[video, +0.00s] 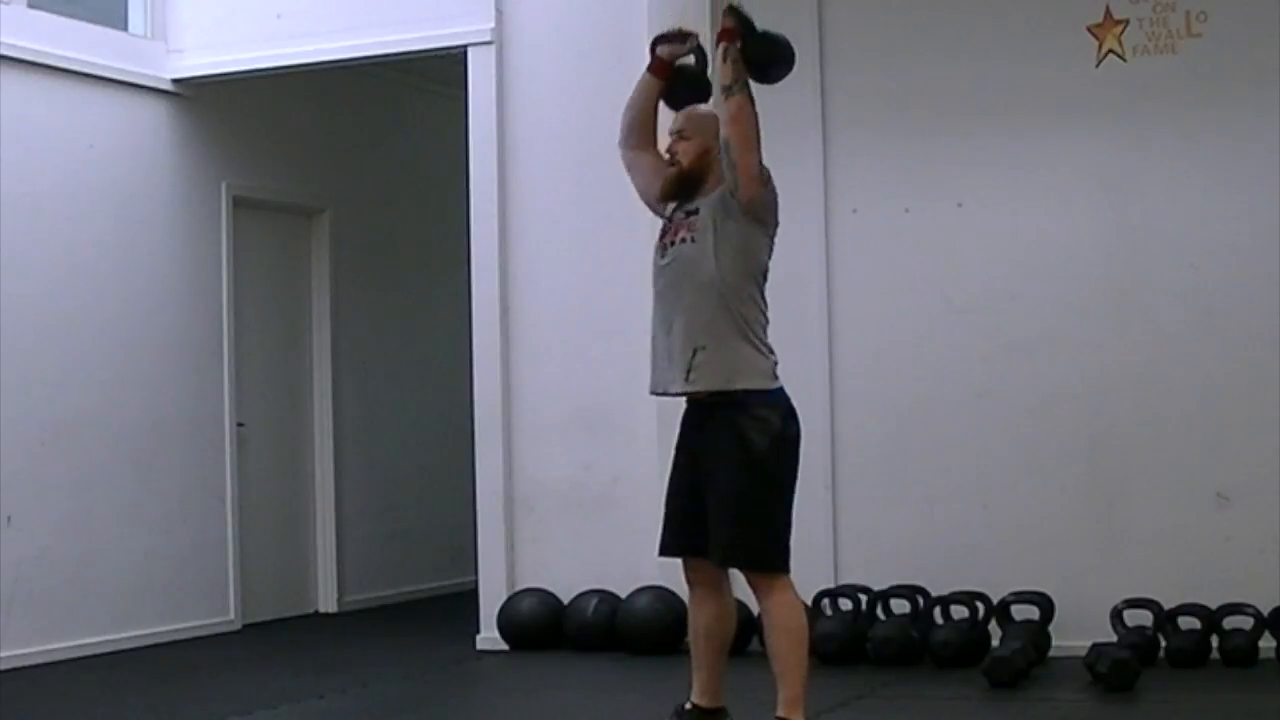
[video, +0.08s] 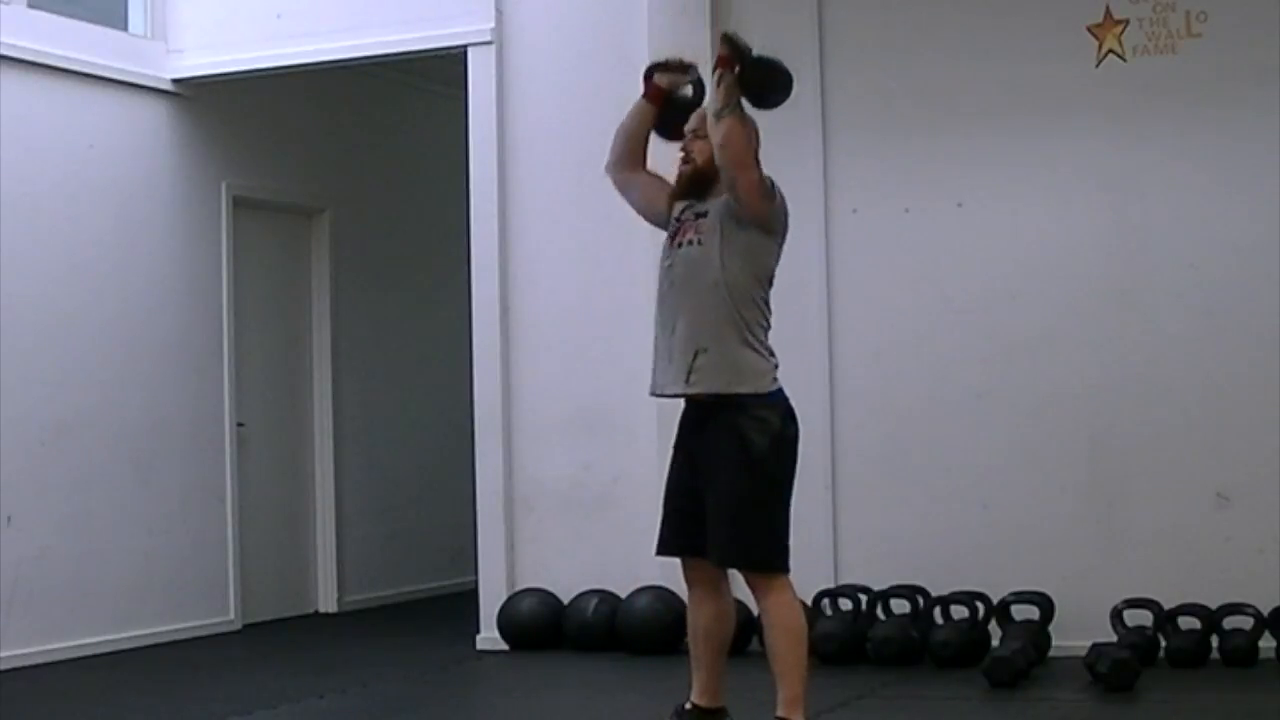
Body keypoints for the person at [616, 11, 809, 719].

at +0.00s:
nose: (670, 146)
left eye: (683, 133)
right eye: (670, 137)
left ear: (720, 141)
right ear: (676, 150)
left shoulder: (746, 202)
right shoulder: (675, 208)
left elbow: (742, 135)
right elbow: (635, 144)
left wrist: (730, 65)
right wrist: (655, 71)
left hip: (755, 410)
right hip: (702, 412)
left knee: (767, 572)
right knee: (700, 566)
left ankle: (793, 712)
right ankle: (706, 707)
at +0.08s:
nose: (687, 146)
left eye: (701, 137)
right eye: (686, 137)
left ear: (734, 149)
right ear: (684, 150)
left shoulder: (759, 211)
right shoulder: (683, 210)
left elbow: (737, 158)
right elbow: (625, 169)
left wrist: (725, 93)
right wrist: (649, 101)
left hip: (755, 414)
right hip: (701, 414)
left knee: (766, 573)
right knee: (700, 567)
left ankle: (792, 713)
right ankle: (705, 706)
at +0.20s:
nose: (708, 158)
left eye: (719, 149)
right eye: (709, 150)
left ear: (750, 158)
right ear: (711, 159)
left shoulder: (777, 218)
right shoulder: (692, 221)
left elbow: (721, 195)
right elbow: (618, 212)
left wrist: (714, 137)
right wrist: (646, 148)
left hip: (751, 420)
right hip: (697, 418)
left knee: (761, 573)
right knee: (696, 567)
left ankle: (792, 712)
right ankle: (705, 705)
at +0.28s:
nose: (708, 143)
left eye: (721, 135)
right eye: (712, 135)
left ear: (745, 162)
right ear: (714, 161)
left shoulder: (781, 222)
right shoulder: (697, 229)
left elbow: (720, 238)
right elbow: (622, 247)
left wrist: (715, 166)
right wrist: (647, 181)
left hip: (748, 422)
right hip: (691, 422)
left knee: (759, 573)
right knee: (692, 568)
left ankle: (791, 711)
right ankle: (705, 704)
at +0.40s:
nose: (703, 150)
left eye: (718, 141)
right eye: (705, 140)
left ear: (755, 160)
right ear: (708, 159)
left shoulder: (773, 229)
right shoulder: (695, 233)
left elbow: (710, 288)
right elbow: (641, 298)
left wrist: (718, 198)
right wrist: (650, 226)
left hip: (743, 425)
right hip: (686, 425)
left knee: (751, 573)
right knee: (686, 569)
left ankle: (791, 712)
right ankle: (704, 705)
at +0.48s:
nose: (702, 148)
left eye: (717, 139)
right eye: (705, 138)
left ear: (755, 157)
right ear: (727, 158)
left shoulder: (774, 232)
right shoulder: (701, 241)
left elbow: (722, 303)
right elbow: (655, 316)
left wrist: (717, 214)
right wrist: (649, 242)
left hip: (741, 427)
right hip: (685, 427)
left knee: (748, 574)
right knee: (686, 570)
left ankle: (790, 712)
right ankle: (704, 705)